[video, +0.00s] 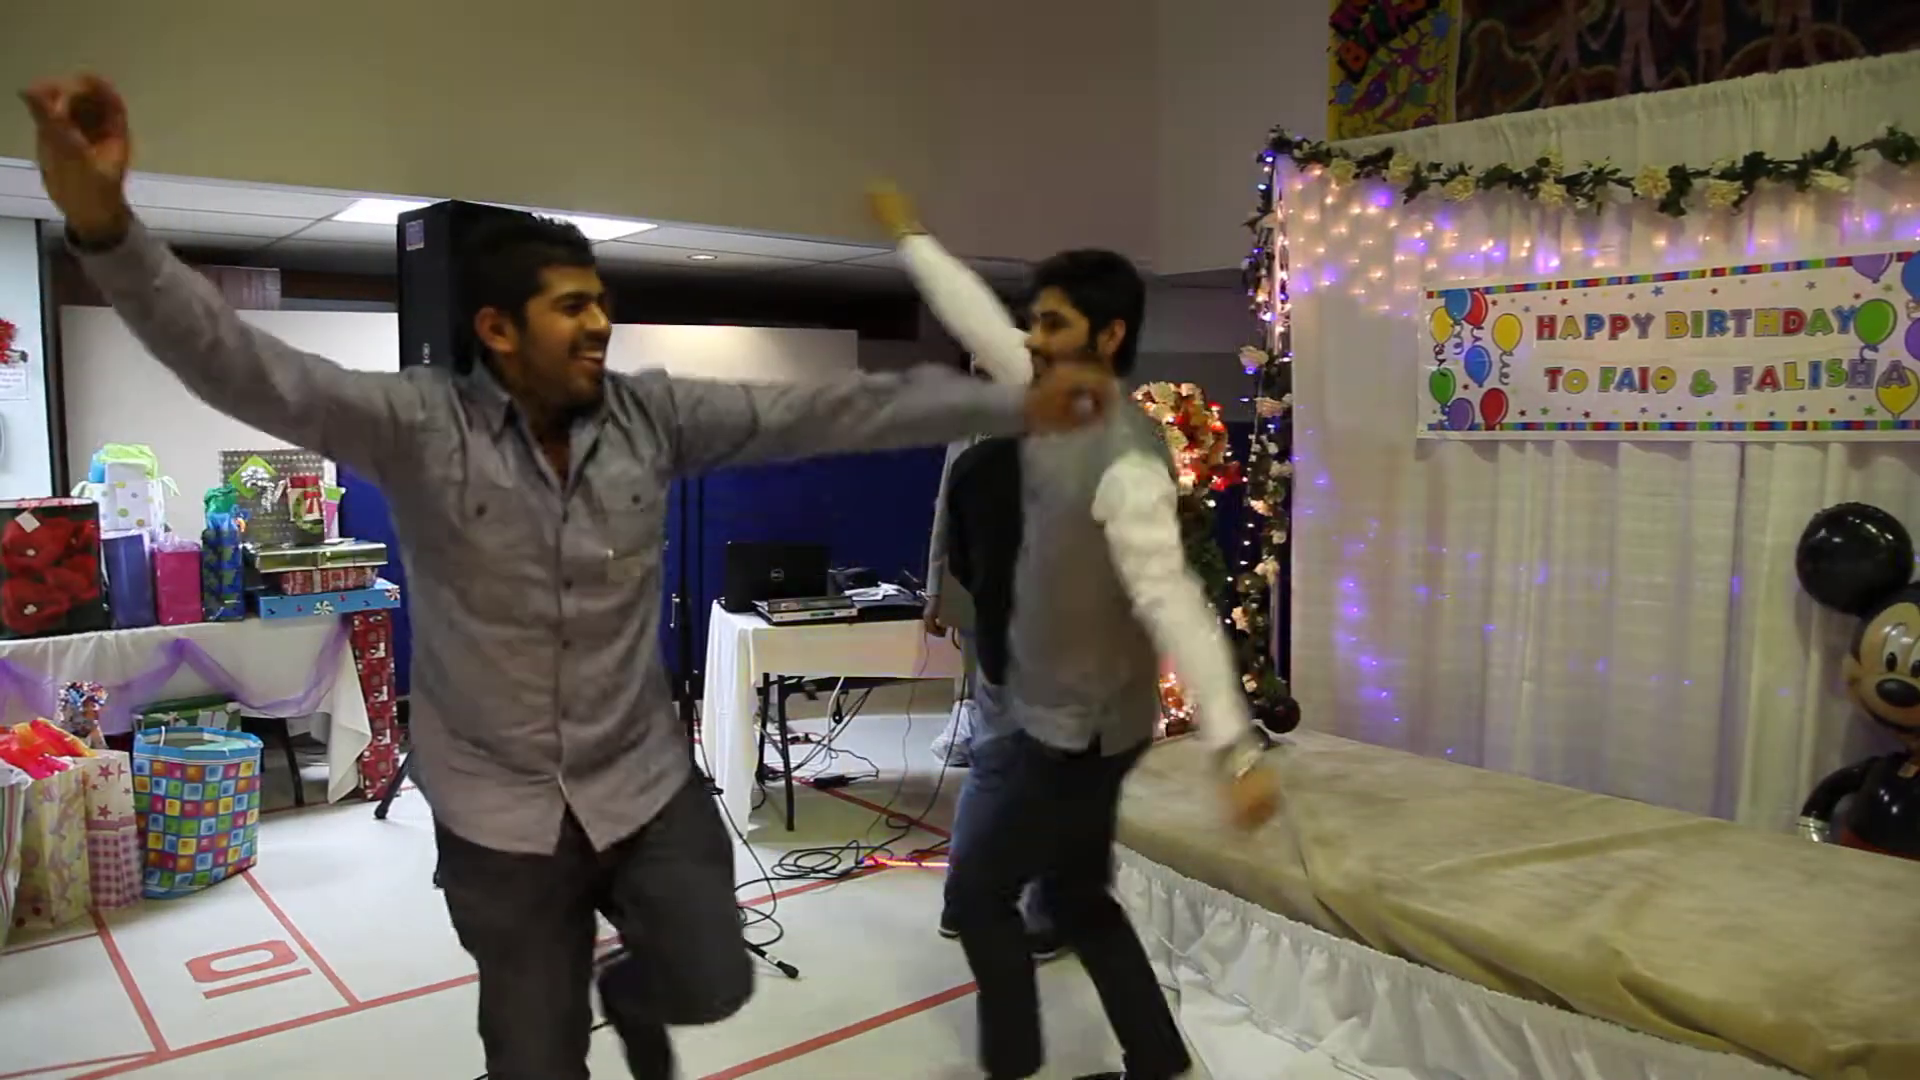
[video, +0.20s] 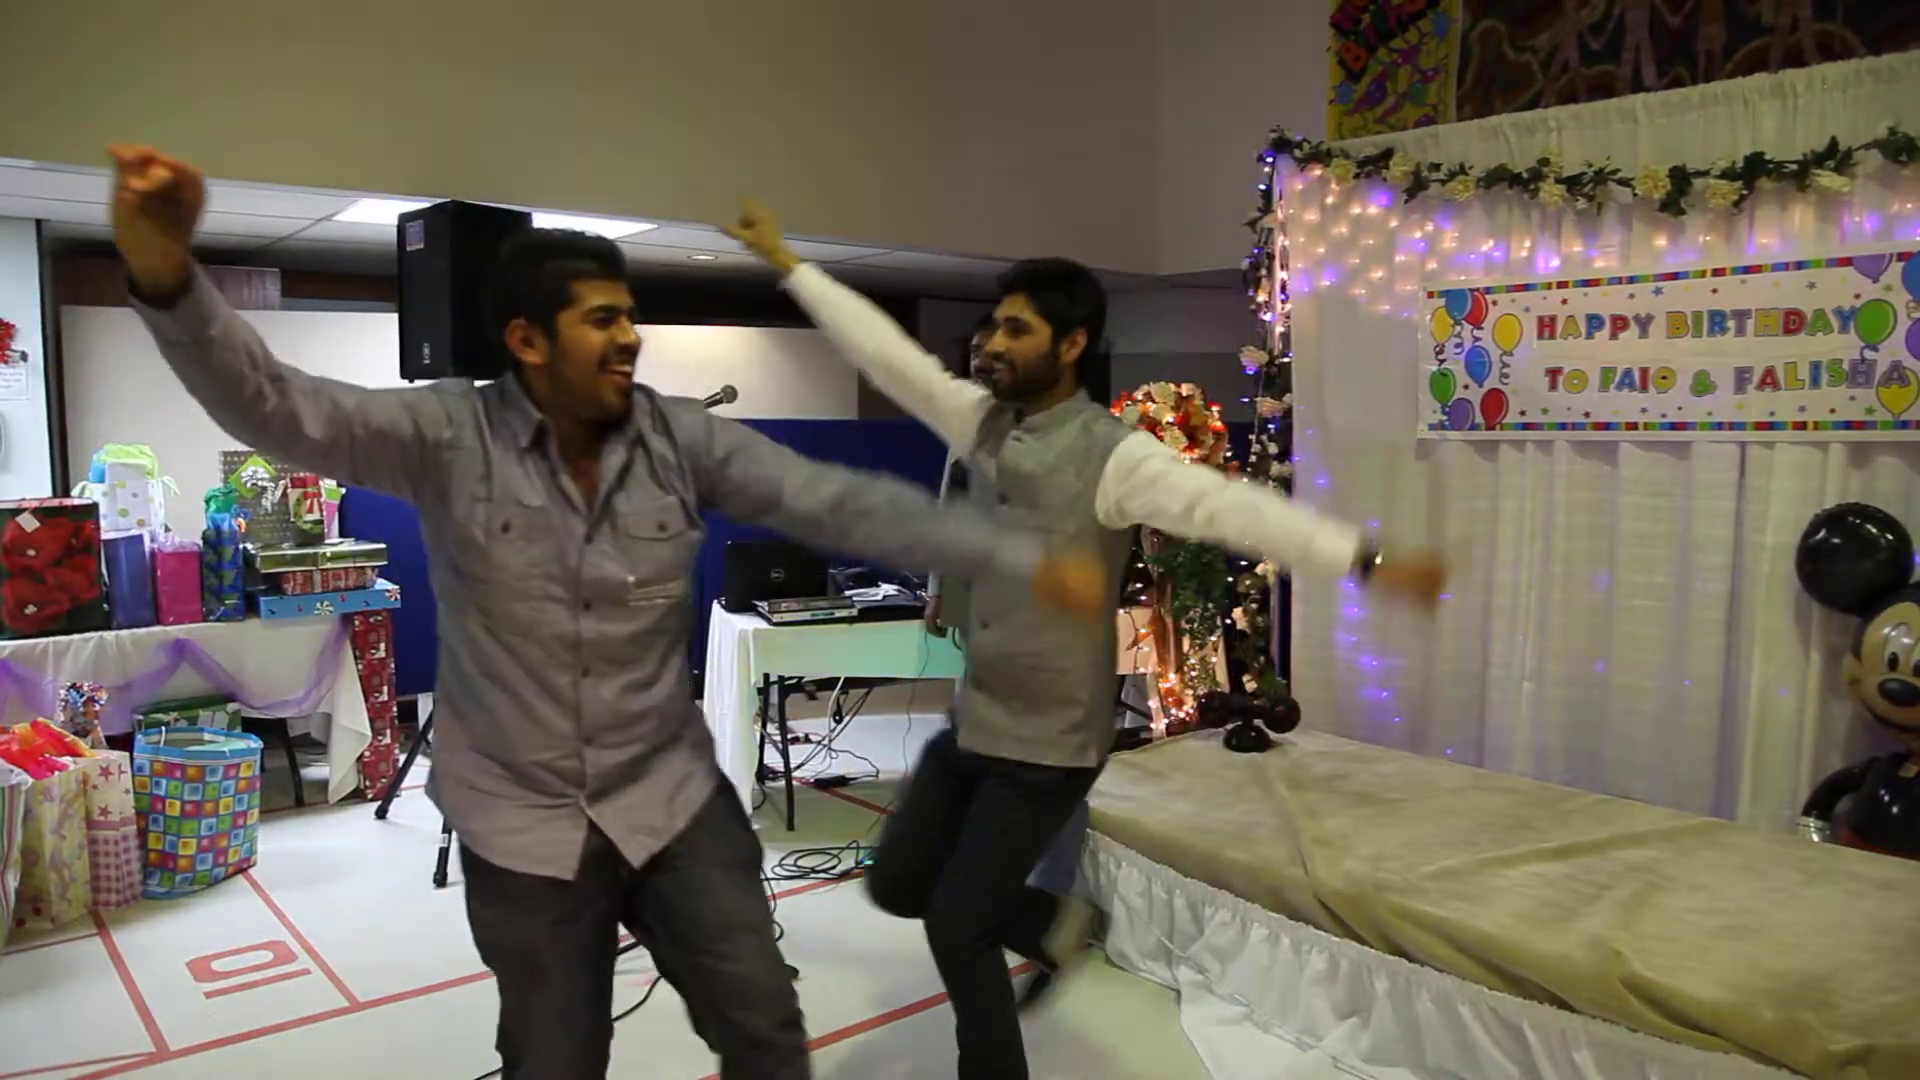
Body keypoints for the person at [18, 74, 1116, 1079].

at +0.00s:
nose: (599, 330)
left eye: (602, 309)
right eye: (572, 312)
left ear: (604, 324)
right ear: (494, 331)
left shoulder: (653, 415)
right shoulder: (416, 423)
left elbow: (835, 409)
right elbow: (246, 370)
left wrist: (1019, 401)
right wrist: (108, 232)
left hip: (649, 782)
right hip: (499, 809)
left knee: (711, 979)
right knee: (537, 1060)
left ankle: (621, 998)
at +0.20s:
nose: (628, 338)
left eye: (631, 318)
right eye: (601, 321)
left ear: (630, 336)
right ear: (524, 341)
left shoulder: (684, 439)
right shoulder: (445, 433)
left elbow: (852, 506)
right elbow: (284, 409)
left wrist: (1032, 556)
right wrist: (171, 286)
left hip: (672, 793)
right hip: (520, 816)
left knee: (768, 1034)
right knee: (553, 1062)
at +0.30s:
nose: (648, 351)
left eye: (652, 331)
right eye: (620, 334)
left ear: (659, 343)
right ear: (545, 357)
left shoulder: (706, 461)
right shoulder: (467, 457)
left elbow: (856, 560)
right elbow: (293, 442)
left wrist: (1015, 650)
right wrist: (211, 315)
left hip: (699, 814)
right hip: (543, 838)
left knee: (786, 1052)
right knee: (564, 1068)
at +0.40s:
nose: (672, 388)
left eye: (673, 368)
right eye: (644, 370)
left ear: (677, 381)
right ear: (570, 394)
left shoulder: (730, 501)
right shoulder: (494, 500)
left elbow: (873, 612)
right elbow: (310, 514)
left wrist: (1005, 670)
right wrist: (266, 362)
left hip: (738, 853)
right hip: (581, 877)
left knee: (840, 1061)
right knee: (591, 1078)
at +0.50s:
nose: (687, 398)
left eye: (687, 376)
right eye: (660, 379)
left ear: (688, 390)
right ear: (582, 402)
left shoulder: (752, 508)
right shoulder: (510, 510)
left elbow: (901, 580)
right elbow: (331, 506)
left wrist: (1045, 585)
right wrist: (272, 352)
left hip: (759, 859)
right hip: (601, 889)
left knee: (861, 1055)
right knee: (610, 1072)